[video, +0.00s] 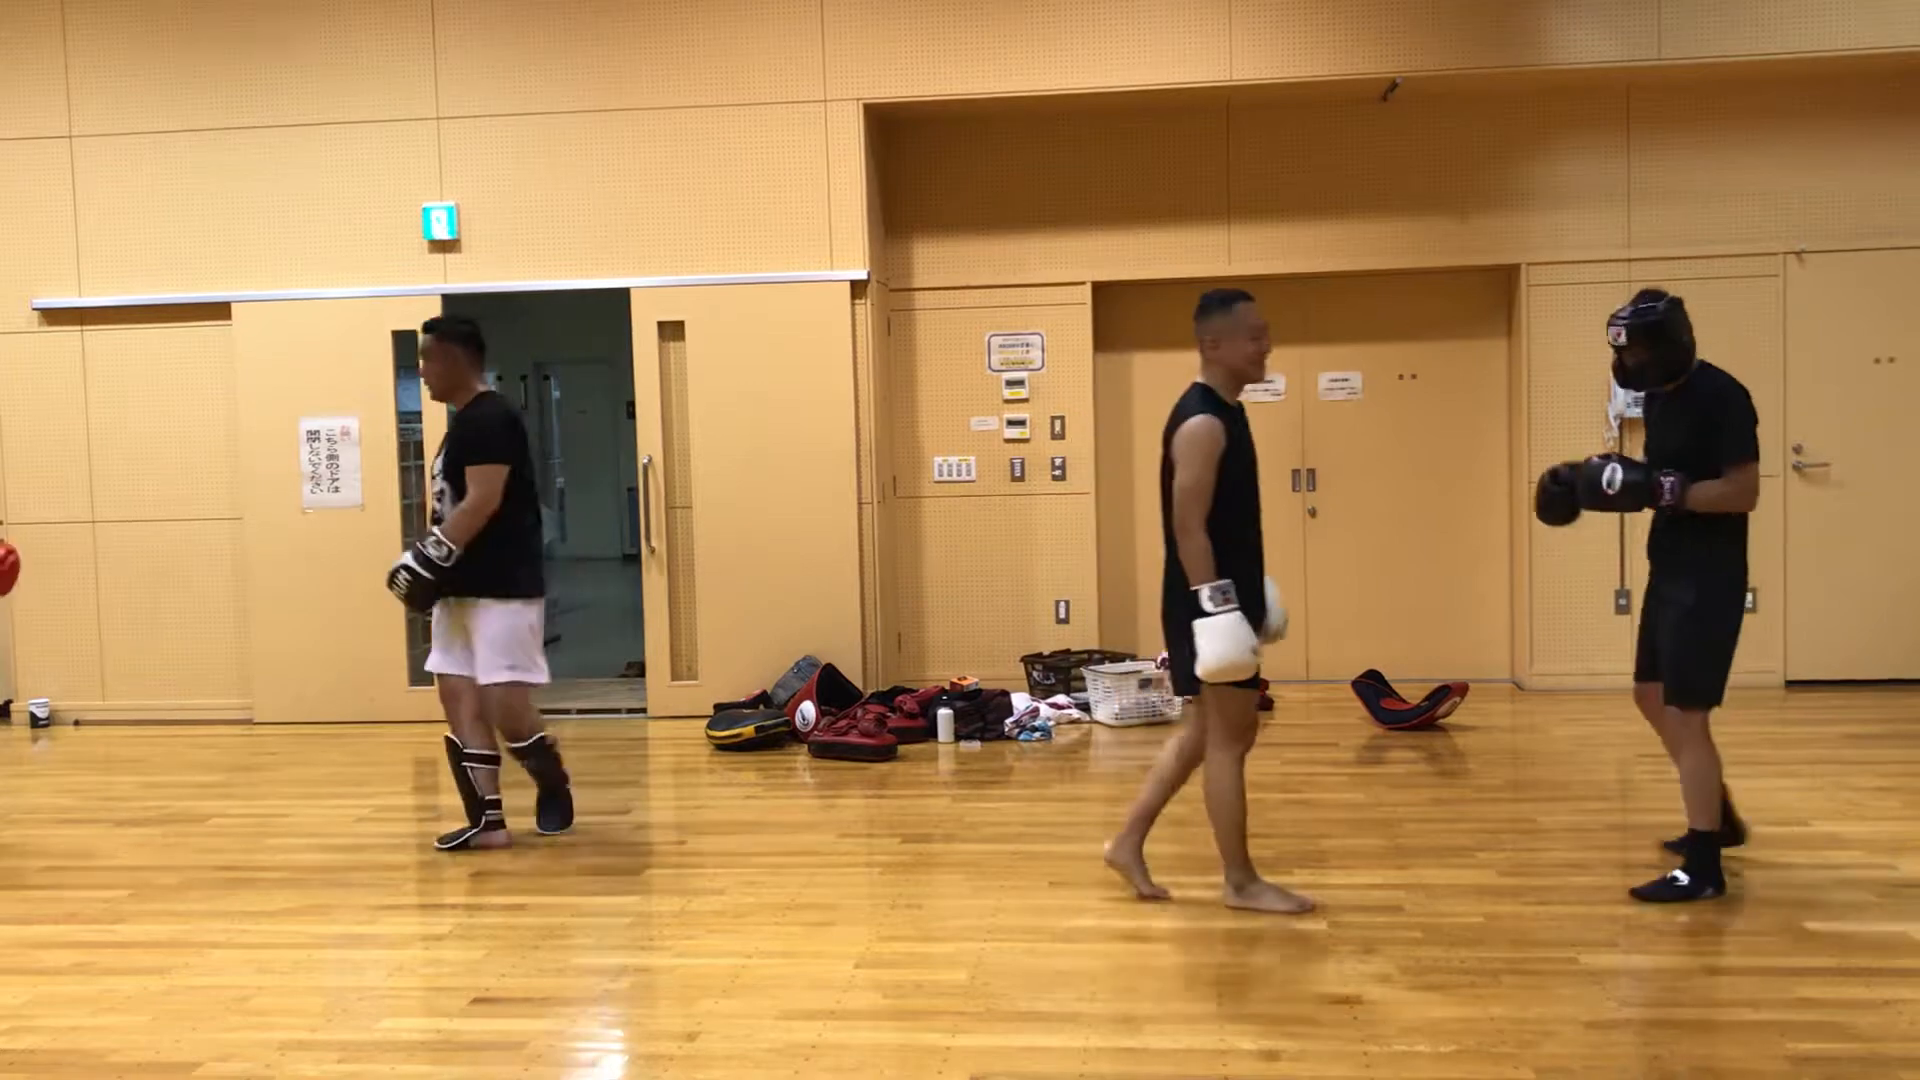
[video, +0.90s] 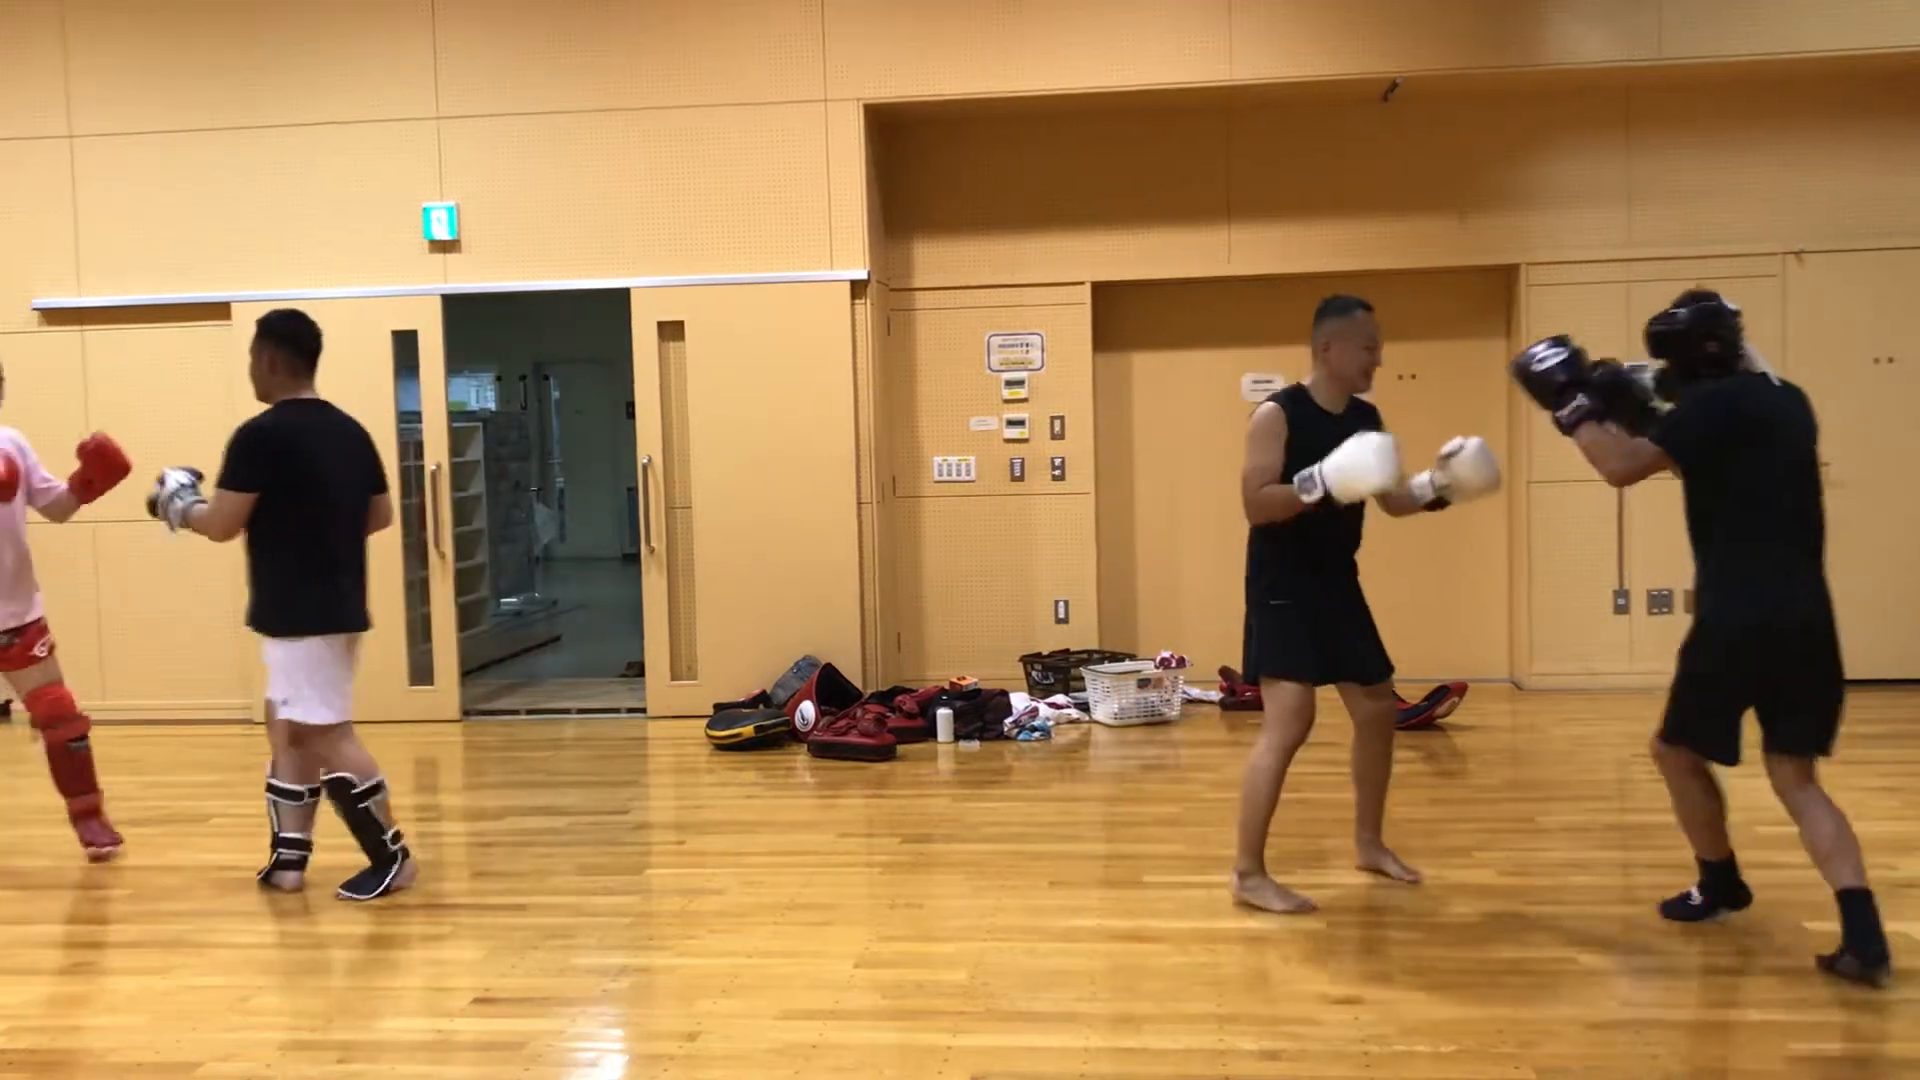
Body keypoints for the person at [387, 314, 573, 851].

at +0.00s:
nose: (422, 370)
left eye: (429, 359)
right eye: (422, 360)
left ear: (463, 360)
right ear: (454, 362)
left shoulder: (490, 418)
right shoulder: (462, 422)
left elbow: (483, 499)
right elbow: (454, 504)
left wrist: (430, 559)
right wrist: (423, 556)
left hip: (504, 585)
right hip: (459, 585)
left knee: (505, 703)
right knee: (458, 695)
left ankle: (551, 780)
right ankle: (486, 819)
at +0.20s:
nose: (396, 373)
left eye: (401, 361)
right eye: (395, 362)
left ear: (430, 358)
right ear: (433, 358)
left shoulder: (460, 413)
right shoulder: (448, 414)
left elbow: (455, 493)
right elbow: (448, 501)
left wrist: (389, 536)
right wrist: (402, 556)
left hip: (474, 586)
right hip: (464, 585)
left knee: (447, 698)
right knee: (471, 704)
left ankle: (492, 828)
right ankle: (490, 820)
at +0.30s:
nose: (375, 401)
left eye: (375, 388)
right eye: (370, 391)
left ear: (402, 369)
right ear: (397, 372)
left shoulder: (440, 414)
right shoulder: (425, 417)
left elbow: (432, 496)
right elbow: (423, 500)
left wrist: (367, 523)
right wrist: (372, 531)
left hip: (447, 593)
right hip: (451, 591)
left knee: (431, 710)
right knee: (472, 705)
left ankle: (421, 852)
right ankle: (490, 822)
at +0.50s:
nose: (330, 380)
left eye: (331, 367)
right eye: (327, 369)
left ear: (355, 360)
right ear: (381, 357)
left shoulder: (378, 425)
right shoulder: (416, 419)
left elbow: (349, 517)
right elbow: (389, 515)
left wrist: (292, 537)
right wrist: (315, 528)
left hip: (389, 606)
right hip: (417, 601)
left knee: (381, 723)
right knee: (410, 714)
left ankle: (396, 863)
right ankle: (470, 816)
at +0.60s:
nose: (309, 361)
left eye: (313, 350)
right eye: (310, 350)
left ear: (334, 353)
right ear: (365, 353)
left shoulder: (345, 423)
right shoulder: (401, 416)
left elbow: (318, 517)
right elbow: (404, 514)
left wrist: (261, 538)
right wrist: (312, 542)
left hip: (374, 607)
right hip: (393, 602)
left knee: (388, 726)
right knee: (355, 706)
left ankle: (397, 862)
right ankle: (416, 815)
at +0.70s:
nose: (286, 357)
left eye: (292, 347)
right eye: (289, 346)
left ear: (310, 354)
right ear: (344, 356)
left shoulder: (310, 428)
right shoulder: (384, 423)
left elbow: (282, 526)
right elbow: (389, 516)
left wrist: (235, 530)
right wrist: (303, 539)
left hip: (351, 611)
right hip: (377, 604)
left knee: (378, 727)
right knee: (325, 705)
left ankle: (397, 861)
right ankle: (343, 841)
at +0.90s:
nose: (249, 366)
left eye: (253, 355)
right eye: (253, 355)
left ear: (268, 359)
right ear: (309, 361)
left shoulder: (260, 435)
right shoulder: (349, 430)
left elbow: (222, 524)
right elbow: (380, 514)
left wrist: (179, 505)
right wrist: (315, 524)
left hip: (295, 615)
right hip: (338, 610)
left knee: (327, 733)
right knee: (287, 724)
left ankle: (390, 857)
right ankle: (288, 861)